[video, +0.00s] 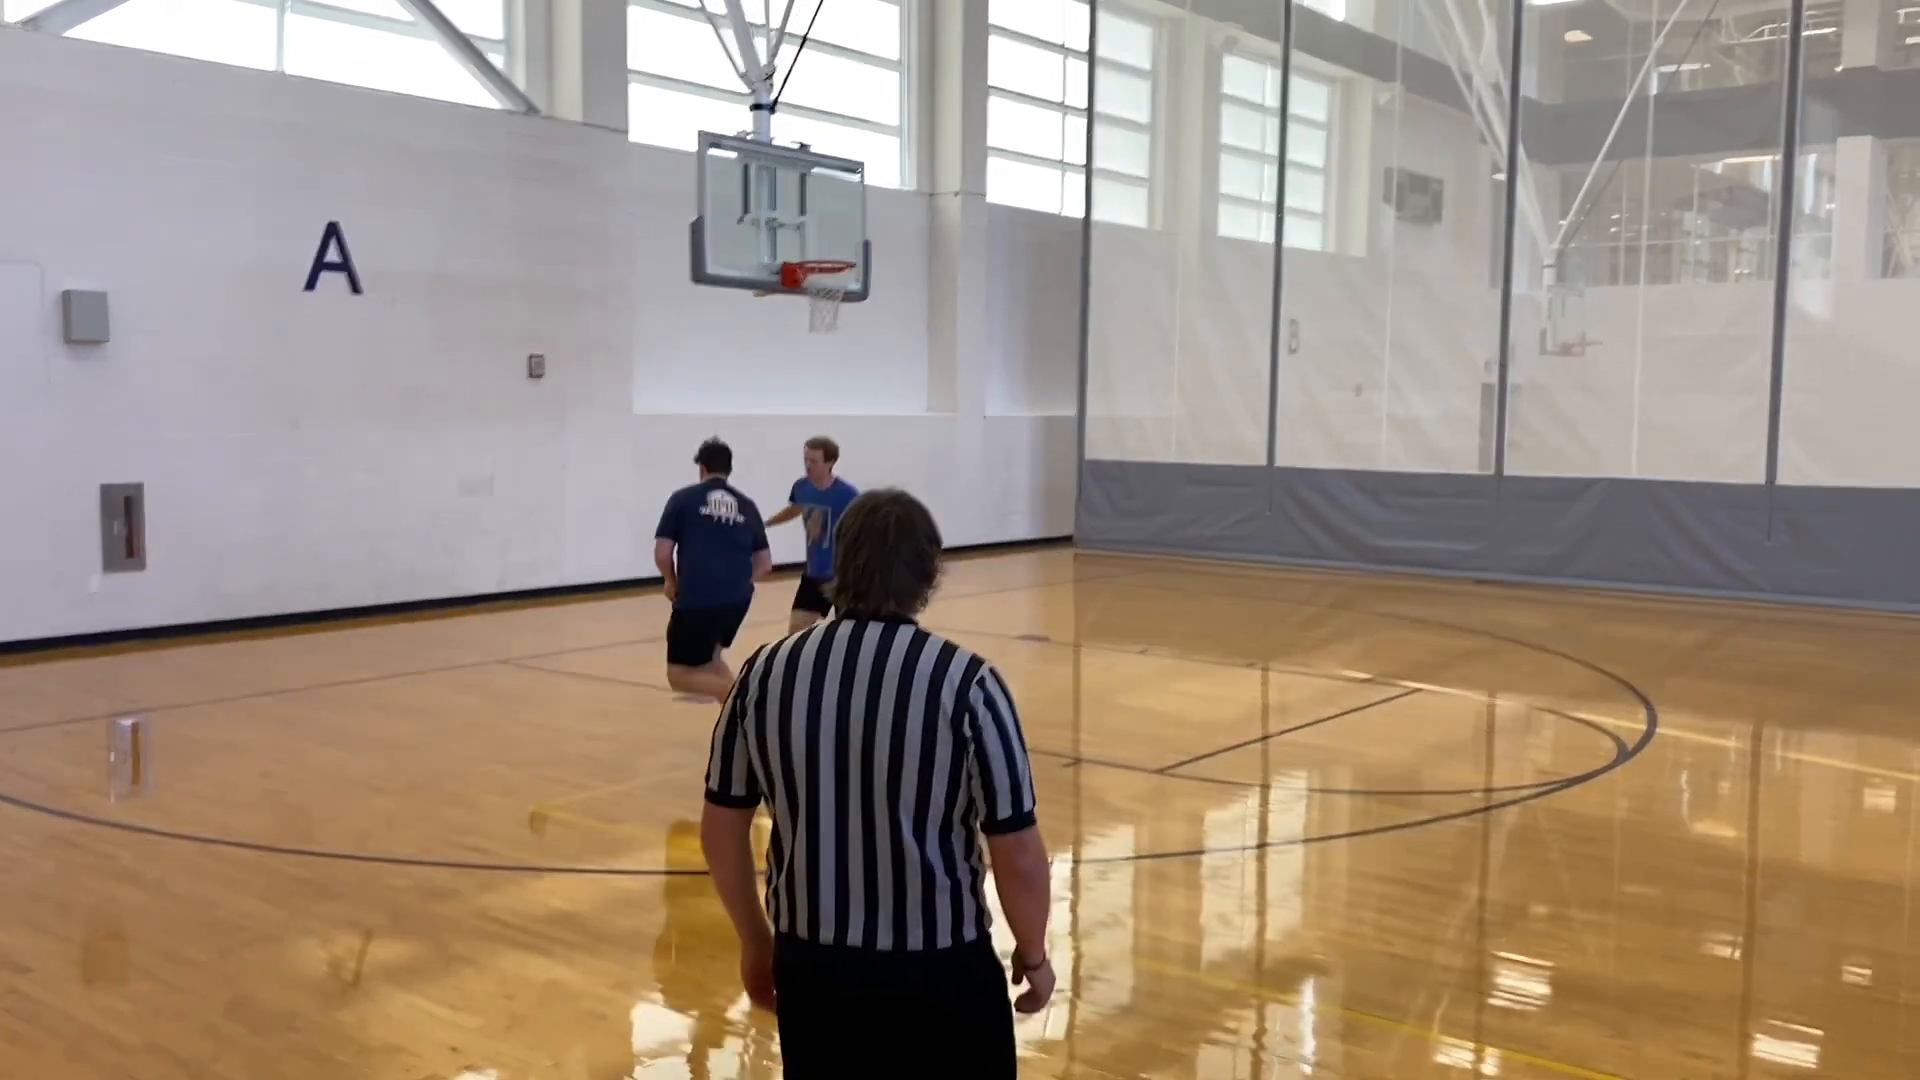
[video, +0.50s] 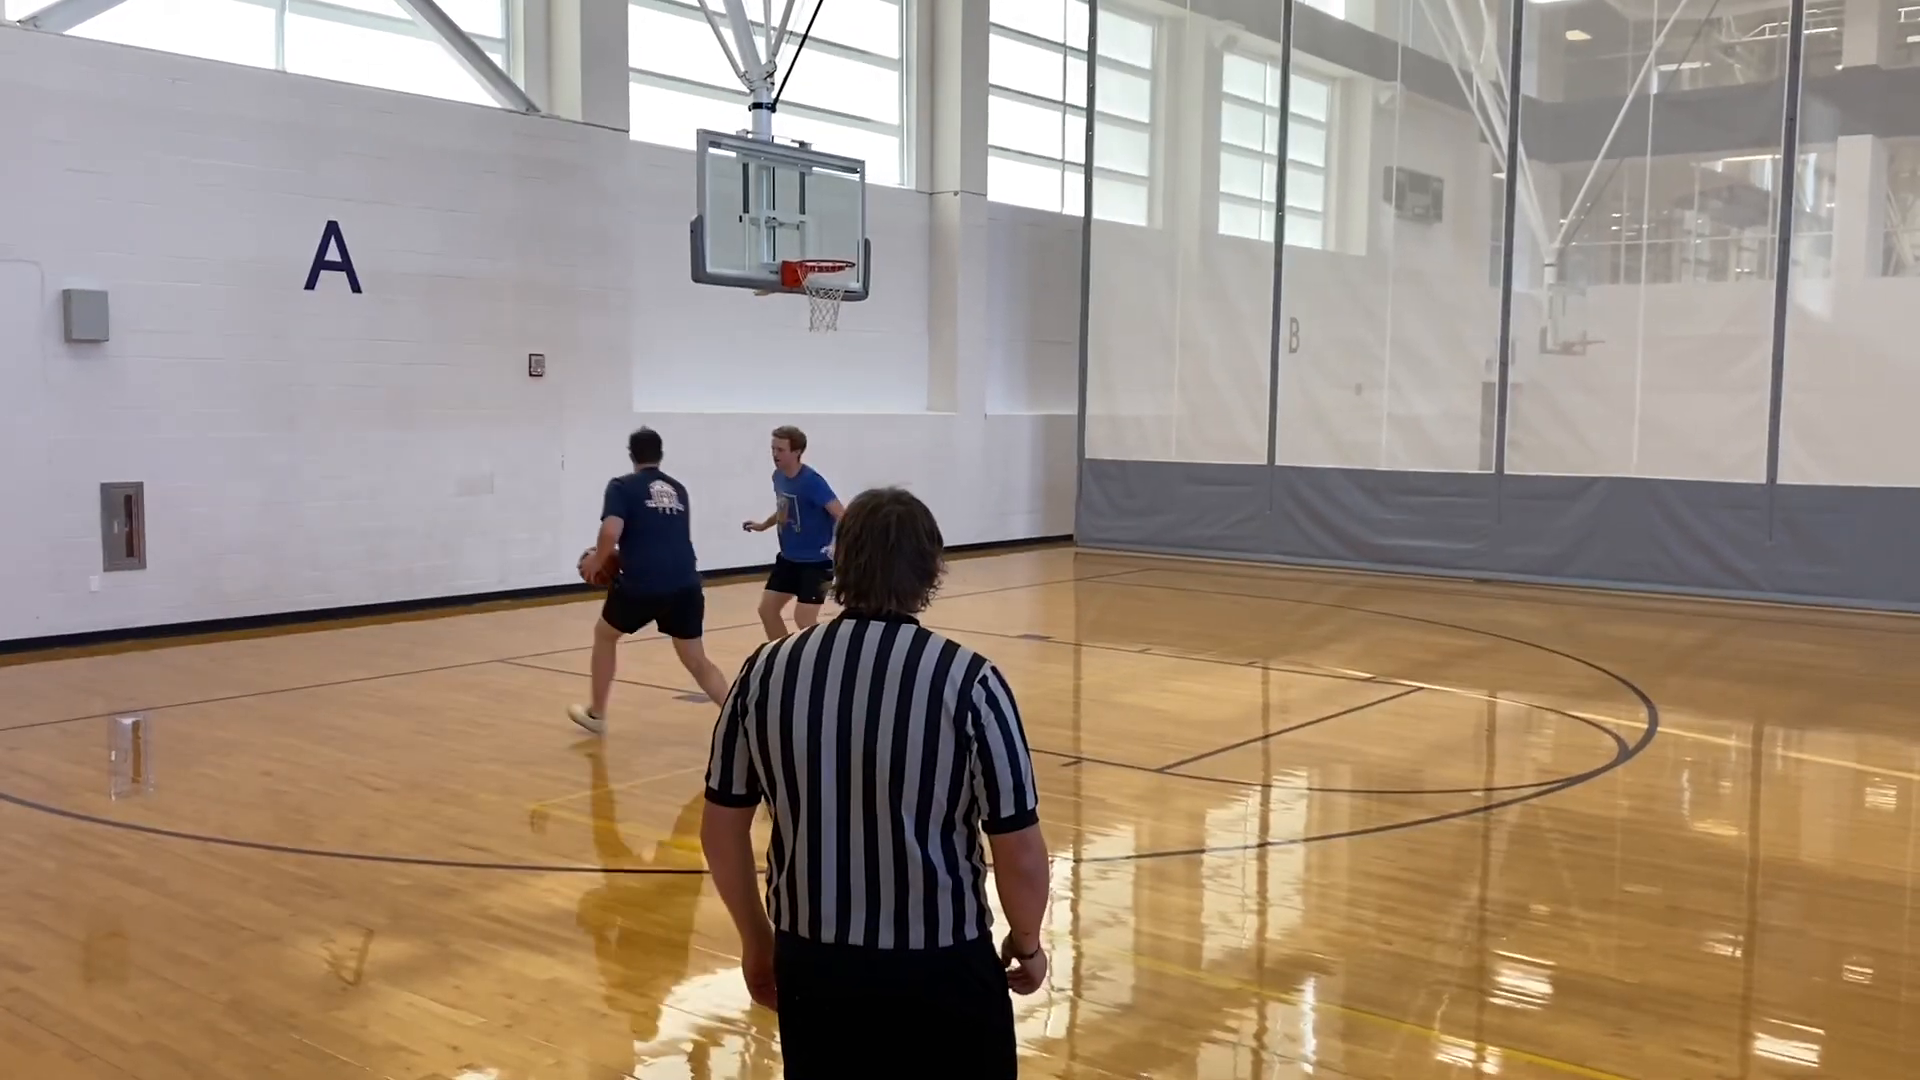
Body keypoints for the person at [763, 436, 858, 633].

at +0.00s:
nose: (807, 466)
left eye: (813, 461)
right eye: (806, 460)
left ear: (829, 464)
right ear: (803, 460)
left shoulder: (848, 495)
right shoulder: (801, 488)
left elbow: (861, 534)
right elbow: (795, 509)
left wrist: (851, 571)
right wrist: (764, 525)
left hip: (843, 577)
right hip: (813, 576)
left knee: (851, 633)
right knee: (796, 636)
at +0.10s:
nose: (799, 463)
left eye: (805, 458)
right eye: (798, 457)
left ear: (822, 460)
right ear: (795, 457)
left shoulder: (840, 493)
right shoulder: (796, 483)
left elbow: (855, 533)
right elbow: (793, 506)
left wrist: (847, 574)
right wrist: (762, 521)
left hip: (835, 574)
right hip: (807, 573)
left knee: (836, 631)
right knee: (793, 627)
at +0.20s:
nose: (792, 459)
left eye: (798, 454)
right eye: (791, 453)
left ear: (814, 456)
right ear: (788, 453)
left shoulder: (833, 488)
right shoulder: (791, 480)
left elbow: (854, 524)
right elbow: (792, 503)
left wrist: (849, 566)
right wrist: (763, 519)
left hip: (829, 569)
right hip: (802, 568)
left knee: (828, 626)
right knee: (789, 621)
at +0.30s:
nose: (786, 456)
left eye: (792, 451)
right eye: (785, 450)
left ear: (809, 453)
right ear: (783, 450)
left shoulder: (825, 483)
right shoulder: (786, 477)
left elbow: (853, 517)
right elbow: (790, 504)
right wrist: (764, 518)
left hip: (826, 564)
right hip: (798, 562)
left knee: (818, 620)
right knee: (783, 618)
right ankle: (799, 665)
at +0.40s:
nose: (780, 455)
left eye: (786, 450)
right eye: (779, 450)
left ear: (802, 453)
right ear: (777, 450)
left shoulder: (819, 483)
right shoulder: (782, 476)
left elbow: (848, 517)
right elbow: (788, 506)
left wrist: (847, 560)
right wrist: (764, 522)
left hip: (821, 563)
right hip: (793, 560)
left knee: (810, 618)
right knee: (774, 613)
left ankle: (821, 667)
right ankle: (794, 664)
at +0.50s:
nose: (774, 455)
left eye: (780, 450)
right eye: (773, 449)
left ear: (797, 452)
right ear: (772, 449)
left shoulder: (813, 482)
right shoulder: (778, 477)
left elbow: (843, 517)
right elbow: (785, 510)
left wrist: (840, 548)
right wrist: (763, 526)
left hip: (816, 563)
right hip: (788, 560)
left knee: (805, 619)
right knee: (767, 610)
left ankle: (819, 668)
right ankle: (787, 664)